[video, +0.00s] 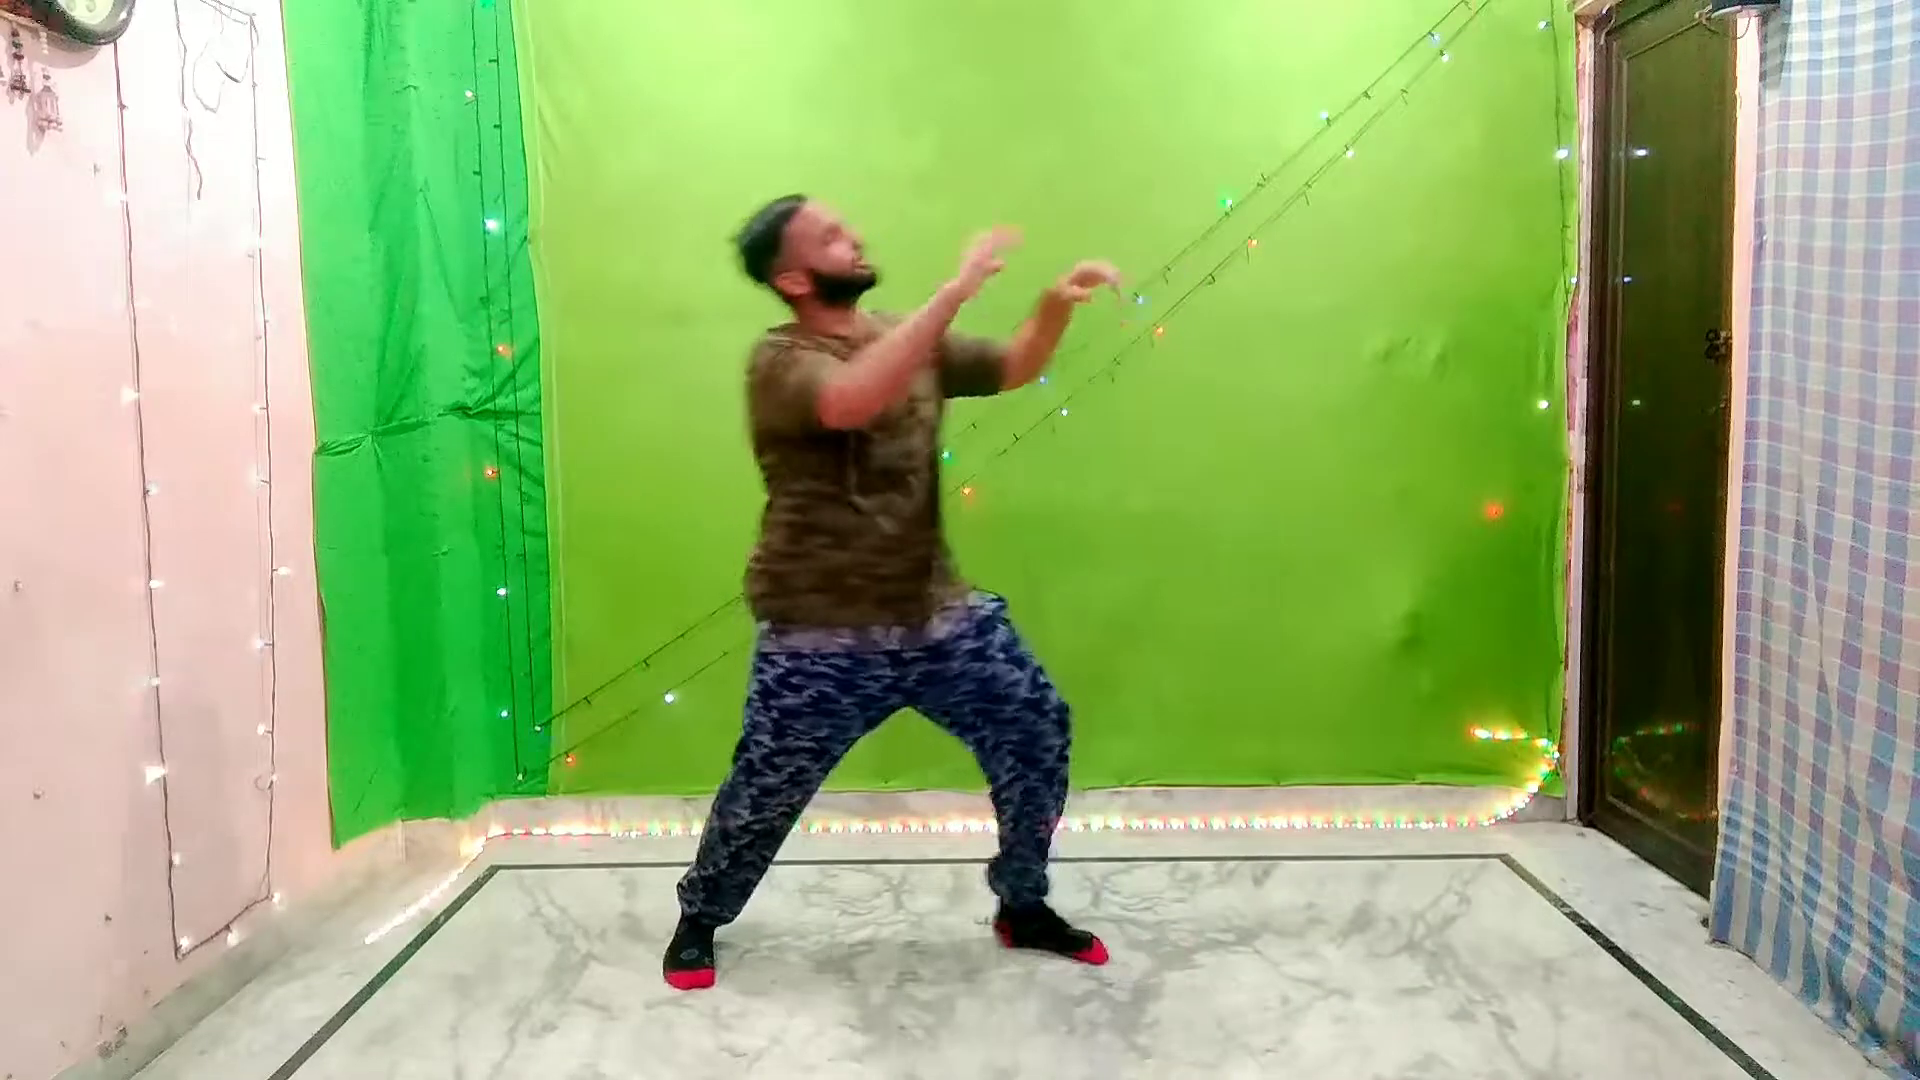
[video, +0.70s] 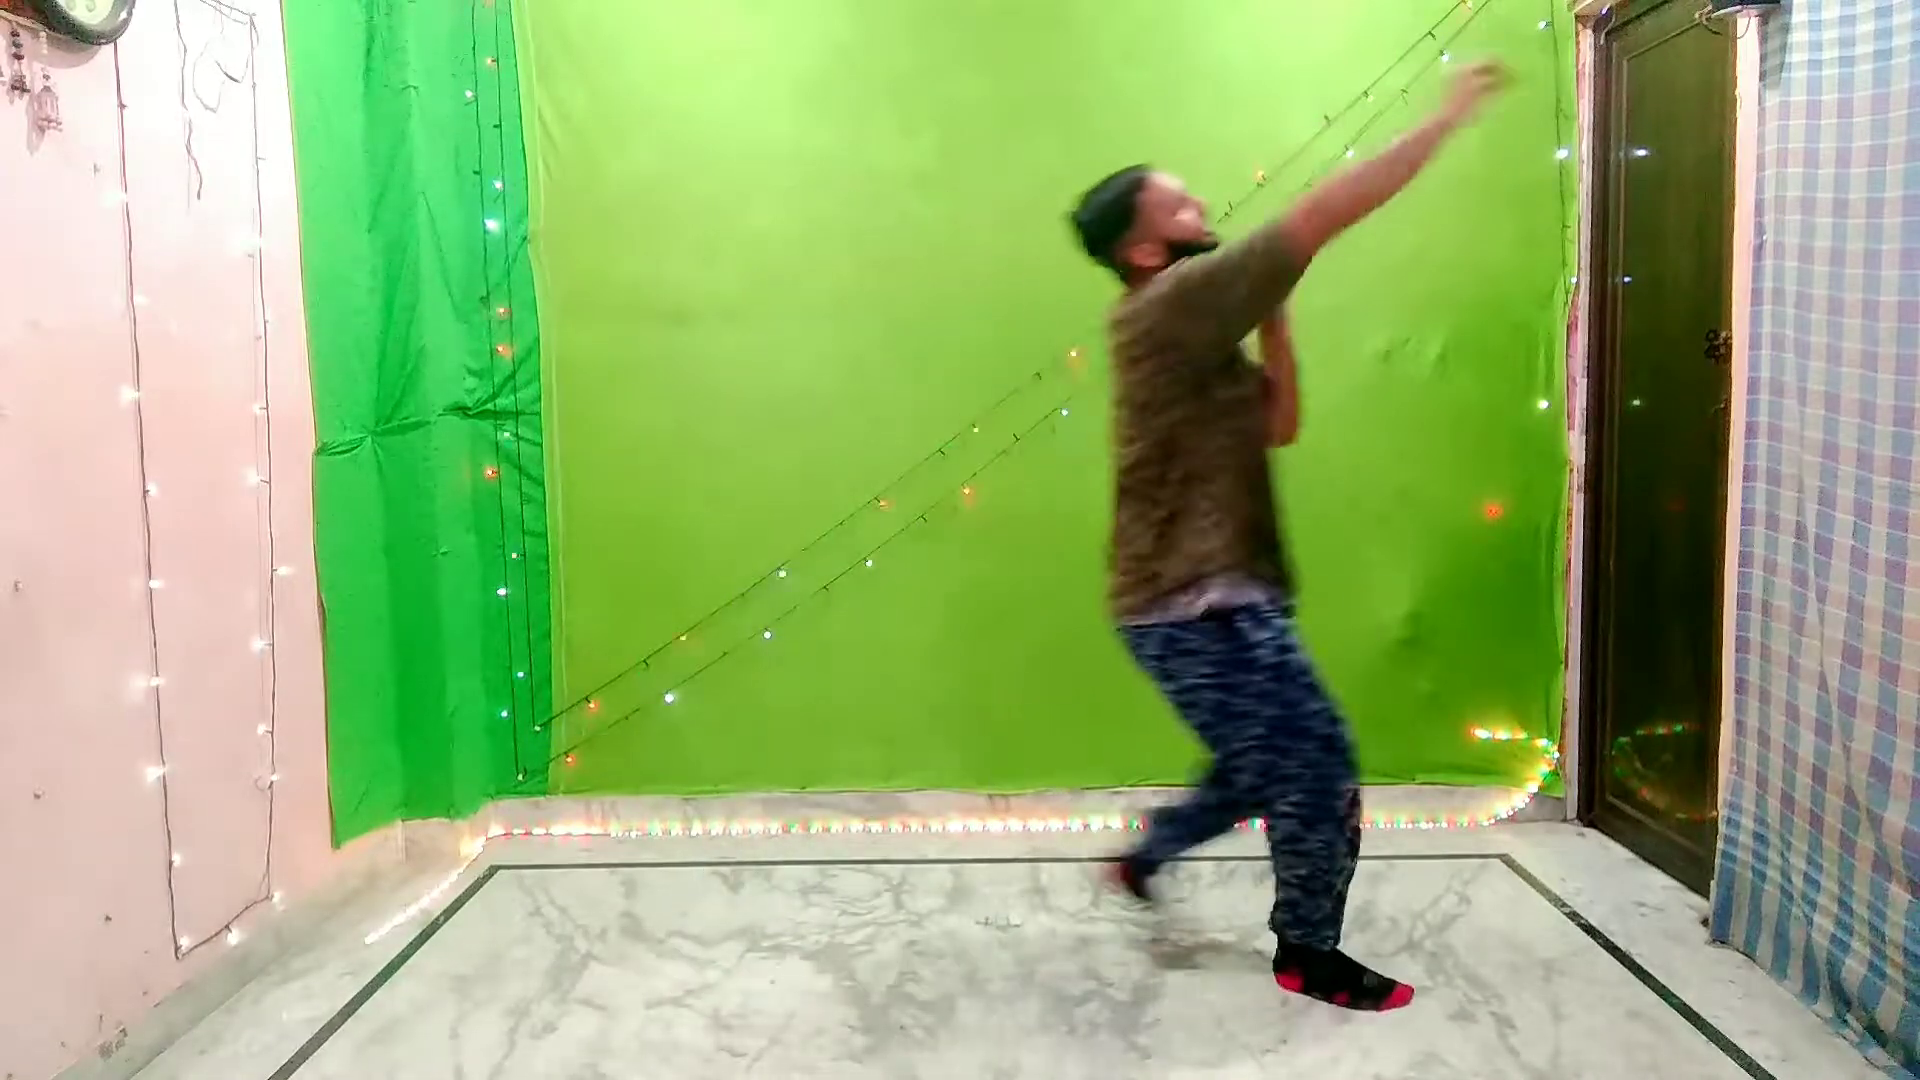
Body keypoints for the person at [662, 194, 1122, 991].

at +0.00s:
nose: (850, 235)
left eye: (840, 223)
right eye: (827, 235)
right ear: (791, 281)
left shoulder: (905, 337)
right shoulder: (781, 363)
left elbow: (1012, 366)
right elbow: (852, 398)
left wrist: (1054, 308)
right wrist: (952, 294)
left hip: (933, 612)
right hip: (820, 626)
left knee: (1035, 727)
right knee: (766, 791)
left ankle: (1022, 905)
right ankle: (697, 924)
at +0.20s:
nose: (954, 231)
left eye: (943, 220)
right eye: (929, 230)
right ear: (895, 277)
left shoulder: (1001, 338)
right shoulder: (885, 367)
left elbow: (1105, 367)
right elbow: (967, 417)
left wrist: (1139, 290)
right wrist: (990, 281)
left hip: (1012, 619)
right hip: (910, 630)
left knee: (1078, 751)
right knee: (847, 783)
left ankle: (1022, 914)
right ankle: (723, 905)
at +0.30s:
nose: (1012, 224)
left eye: (1001, 214)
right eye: (989, 224)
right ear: (956, 273)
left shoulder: (1045, 334)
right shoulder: (948, 360)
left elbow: (1155, 366)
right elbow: (1040, 403)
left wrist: (1184, 287)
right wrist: (1062, 267)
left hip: (1063, 612)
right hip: (973, 620)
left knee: (1107, 761)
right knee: (981, 778)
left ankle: (1024, 910)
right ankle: (866, 882)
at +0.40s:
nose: (1051, 223)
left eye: (1040, 212)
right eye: (1028, 221)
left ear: (1014, 265)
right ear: (995, 269)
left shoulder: (1078, 333)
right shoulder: (988, 355)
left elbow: (1185, 369)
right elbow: (1080, 389)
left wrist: (1209, 292)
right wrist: (1125, 261)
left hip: (1092, 609)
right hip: (1020, 616)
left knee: (1124, 769)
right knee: (1097, 769)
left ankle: (1027, 910)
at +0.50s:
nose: (1105, 219)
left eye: (1095, 208)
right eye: (1083, 216)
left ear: (1064, 258)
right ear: (1048, 260)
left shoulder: (1122, 326)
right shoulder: (1049, 341)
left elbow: (1225, 377)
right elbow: (1158, 358)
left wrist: (1245, 296)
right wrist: (1222, 224)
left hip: (1130, 604)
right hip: (1080, 610)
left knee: (1133, 774)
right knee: (1190, 745)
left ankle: (1030, 908)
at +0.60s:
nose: (1142, 209)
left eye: (1131, 198)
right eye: (1120, 206)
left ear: (1101, 247)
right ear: (1086, 248)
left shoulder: (1138, 329)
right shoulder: (1093, 332)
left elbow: (1250, 381)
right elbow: (1216, 326)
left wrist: (1265, 292)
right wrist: (1297, 193)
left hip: (1163, 606)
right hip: (1131, 611)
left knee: (1156, 773)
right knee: (1246, 750)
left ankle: (1038, 895)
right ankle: (1304, 948)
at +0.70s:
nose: (1195, 204)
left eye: (1183, 195)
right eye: (1174, 201)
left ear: (1140, 245)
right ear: (1140, 240)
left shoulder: (1176, 320)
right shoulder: (1170, 302)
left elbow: (1278, 421)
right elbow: (1310, 222)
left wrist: (1272, 312)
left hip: (1195, 604)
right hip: (1202, 603)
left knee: (1267, 765)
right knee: (1313, 765)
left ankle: (1141, 860)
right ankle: (1309, 952)